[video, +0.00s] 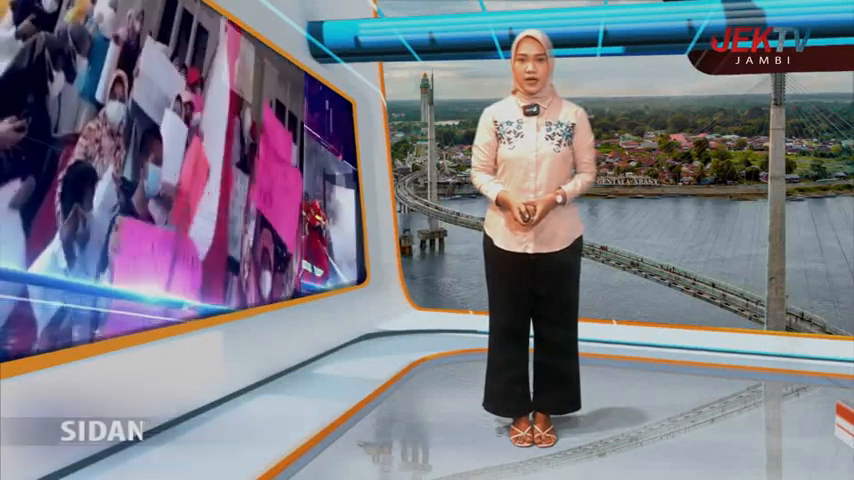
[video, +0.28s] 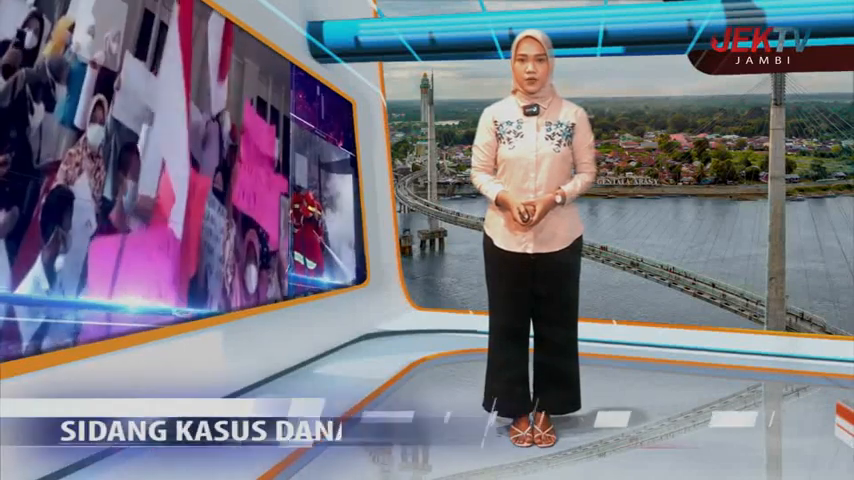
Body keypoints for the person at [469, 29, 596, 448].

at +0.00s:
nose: (531, 67)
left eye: (539, 59)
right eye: (523, 59)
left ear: (551, 64)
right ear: (512, 64)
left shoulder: (573, 115)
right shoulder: (494, 115)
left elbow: (587, 173)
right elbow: (480, 172)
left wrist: (555, 199)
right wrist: (506, 199)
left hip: (558, 241)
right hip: (506, 242)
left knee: (554, 328)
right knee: (510, 328)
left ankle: (543, 413)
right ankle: (519, 414)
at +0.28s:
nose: (530, 67)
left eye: (539, 59)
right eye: (522, 59)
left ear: (551, 64)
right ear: (512, 64)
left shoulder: (573, 115)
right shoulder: (494, 115)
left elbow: (587, 173)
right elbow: (480, 172)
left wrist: (555, 198)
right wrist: (505, 199)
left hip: (558, 241)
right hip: (505, 241)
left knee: (554, 328)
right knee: (510, 328)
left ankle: (543, 413)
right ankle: (519, 414)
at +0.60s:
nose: (531, 67)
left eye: (539, 59)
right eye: (523, 59)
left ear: (551, 65)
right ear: (512, 65)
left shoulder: (573, 116)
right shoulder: (494, 116)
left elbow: (586, 173)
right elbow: (480, 171)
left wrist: (551, 199)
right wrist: (506, 200)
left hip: (558, 242)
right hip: (505, 244)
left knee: (557, 335)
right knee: (506, 333)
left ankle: (559, 421)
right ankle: (499, 420)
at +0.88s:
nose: (532, 67)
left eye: (540, 59)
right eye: (523, 59)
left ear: (551, 65)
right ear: (513, 65)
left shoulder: (574, 116)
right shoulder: (494, 116)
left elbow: (587, 173)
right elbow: (480, 171)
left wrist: (552, 198)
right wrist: (507, 200)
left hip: (559, 243)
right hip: (506, 244)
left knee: (558, 339)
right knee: (507, 338)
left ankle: (559, 423)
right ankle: (506, 424)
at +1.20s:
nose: (532, 67)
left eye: (540, 59)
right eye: (524, 59)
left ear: (552, 65)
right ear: (513, 65)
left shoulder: (574, 116)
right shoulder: (495, 116)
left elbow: (588, 173)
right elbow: (481, 172)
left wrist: (554, 198)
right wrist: (508, 200)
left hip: (559, 243)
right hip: (507, 244)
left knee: (558, 337)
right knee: (508, 336)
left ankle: (558, 422)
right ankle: (507, 422)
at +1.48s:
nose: (533, 67)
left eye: (541, 59)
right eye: (524, 59)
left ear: (553, 65)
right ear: (514, 65)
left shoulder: (575, 116)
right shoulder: (495, 116)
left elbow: (588, 173)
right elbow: (482, 172)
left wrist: (554, 198)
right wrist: (509, 201)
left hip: (559, 243)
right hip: (507, 244)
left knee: (558, 337)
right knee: (508, 336)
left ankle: (558, 422)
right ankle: (507, 422)